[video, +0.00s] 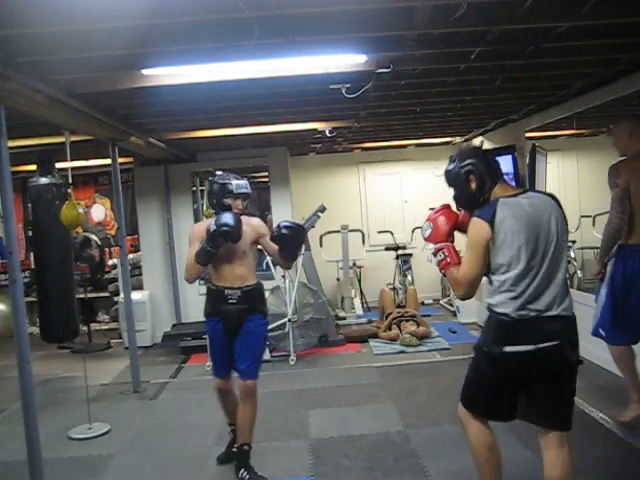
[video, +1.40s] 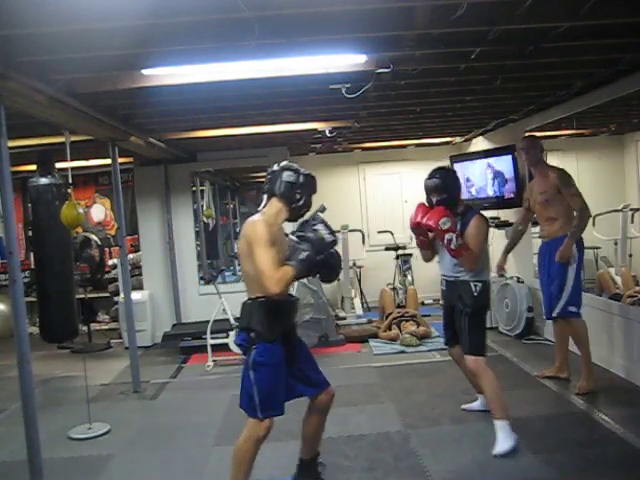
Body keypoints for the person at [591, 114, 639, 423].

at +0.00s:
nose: (611, 135)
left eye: (614, 129)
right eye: (612, 129)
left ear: (629, 131)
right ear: (630, 132)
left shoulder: (623, 169)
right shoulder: (624, 169)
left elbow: (618, 221)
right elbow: (618, 220)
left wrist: (601, 258)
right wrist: (603, 258)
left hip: (629, 255)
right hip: (628, 254)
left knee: (615, 328)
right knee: (615, 328)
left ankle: (634, 396)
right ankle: (633, 395)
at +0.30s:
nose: (580, 153)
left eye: (583, 146)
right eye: (580, 146)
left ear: (599, 144)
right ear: (604, 144)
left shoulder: (593, 181)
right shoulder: (634, 173)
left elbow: (596, 230)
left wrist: (584, 267)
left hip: (612, 258)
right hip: (635, 253)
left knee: (609, 325)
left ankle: (607, 387)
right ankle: (608, 385)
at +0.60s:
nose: (552, 155)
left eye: (555, 149)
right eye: (551, 149)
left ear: (570, 147)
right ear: (575, 146)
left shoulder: (567, 182)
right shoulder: (610, 175)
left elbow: (557, 230)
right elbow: (623, 224)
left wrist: (544, 260)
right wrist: (629, 262)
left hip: (581, 254)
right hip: (610, 251)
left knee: (595, 324)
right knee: (613, 322)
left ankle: (604, 387)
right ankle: (629, 375)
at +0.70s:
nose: (548, 153)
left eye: (551, 148)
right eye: (547, 148)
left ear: (567, 147)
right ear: (571, 147)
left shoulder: (563, 181)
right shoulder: (603, 175)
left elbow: (552, 226)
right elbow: (617, 219)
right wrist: (625, 256)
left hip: (576, 251)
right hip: (602, 248)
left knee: (591, 320)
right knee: (597, 318)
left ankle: (603, 385)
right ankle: (603, 379)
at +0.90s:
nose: (543, 155)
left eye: (546, 149)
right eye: (542, 150)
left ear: (560, 148)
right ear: (563, 150)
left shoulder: (563, 180)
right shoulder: (586, 177)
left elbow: (554, 227)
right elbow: (596, 223)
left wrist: (529, 248)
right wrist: (596, 257)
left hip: (570, 247)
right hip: (586, 246)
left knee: (583, 313)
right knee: (568, 306)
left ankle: (603, 382)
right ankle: (562, 361)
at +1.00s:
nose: (539, 156)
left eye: (542, 152)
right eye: (538, 152)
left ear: (555, 152)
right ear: (552, 154)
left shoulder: (565, 181)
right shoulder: (571, 179)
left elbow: (558, 226)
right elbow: (567, 220)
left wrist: (536, 252)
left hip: (569, 249)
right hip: (566, 248)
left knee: (583, 313)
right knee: (559, 309)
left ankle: (604, 380)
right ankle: (560, 365)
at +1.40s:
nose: (525, 155)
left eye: (529, 150)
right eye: (522, 151)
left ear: (541, 151)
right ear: (520, 155)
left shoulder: (558, 176)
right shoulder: (529, 187)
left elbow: (584, 212)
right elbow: (521, 224)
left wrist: (570, 243)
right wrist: (504, 255)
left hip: (567, 245)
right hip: (546, 247)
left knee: (568, 311)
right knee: (555, 312)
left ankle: (588, 373)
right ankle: (560, 367)